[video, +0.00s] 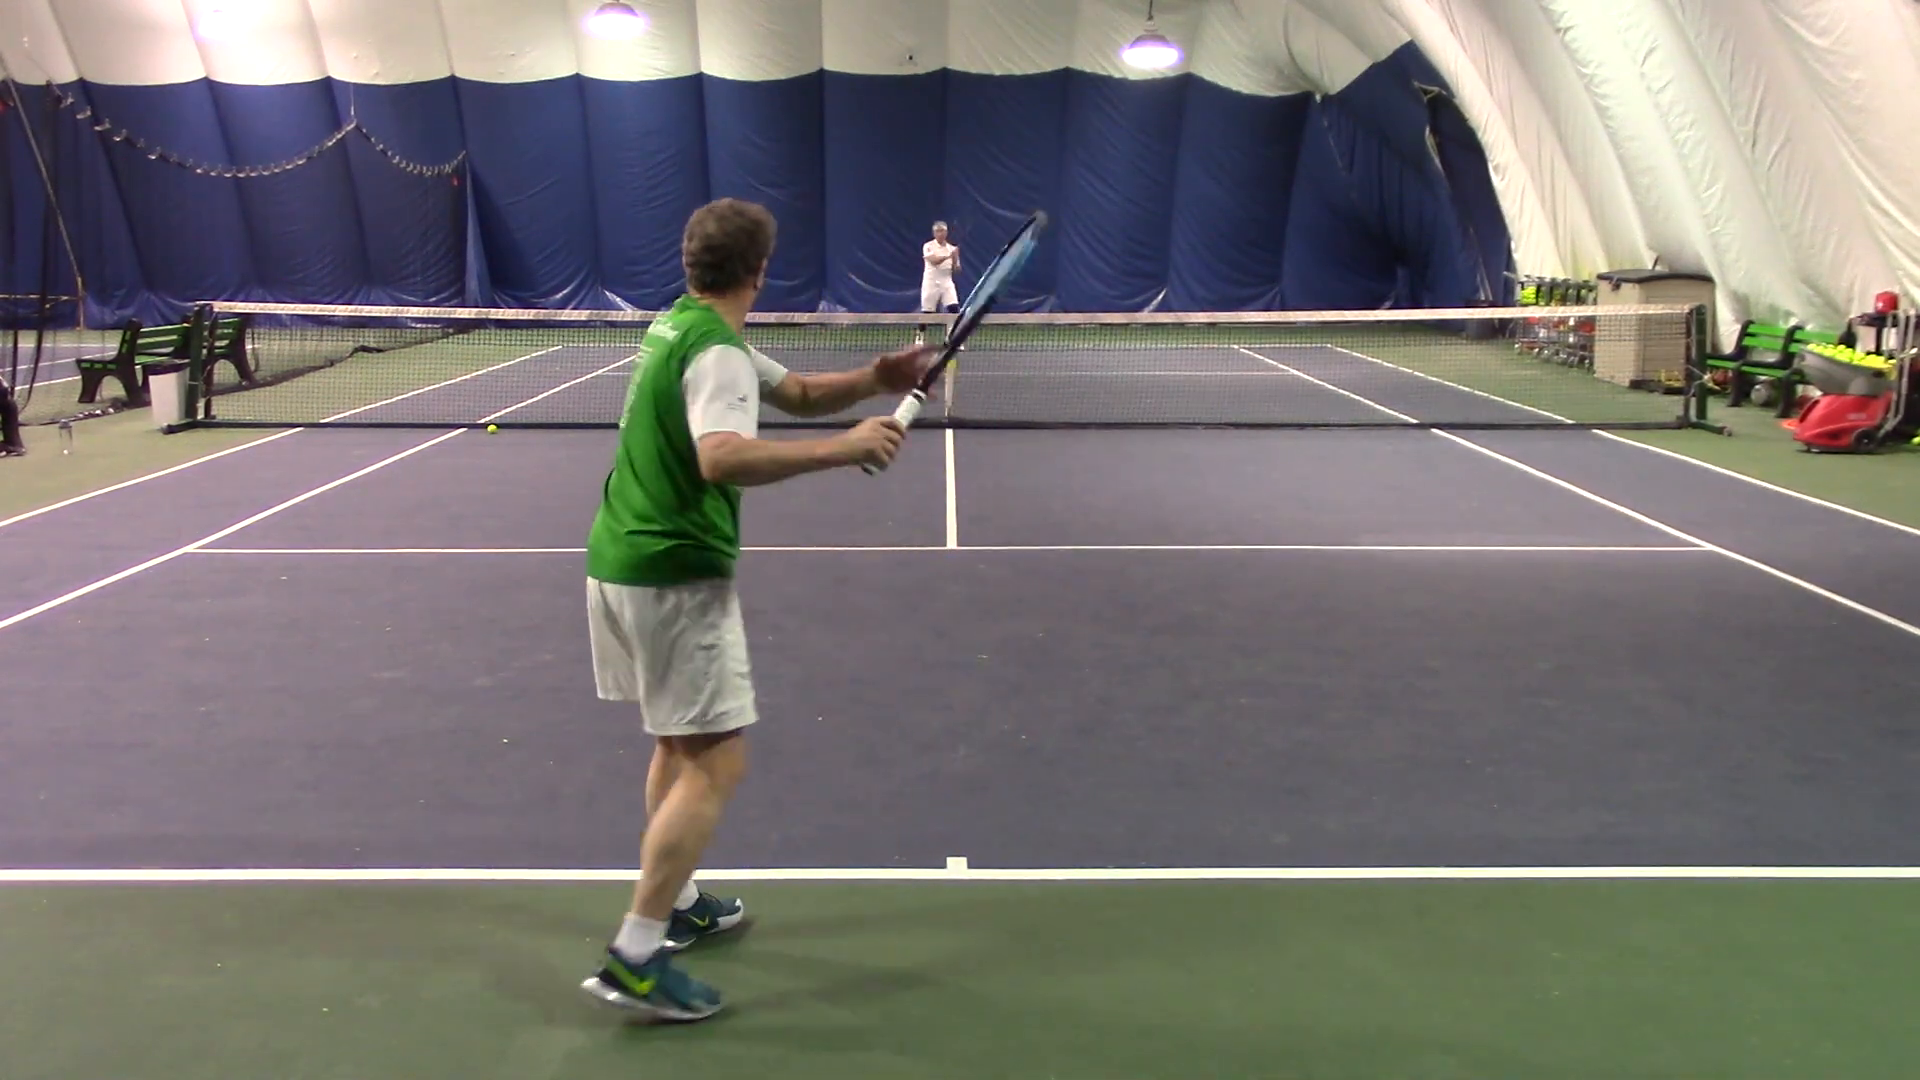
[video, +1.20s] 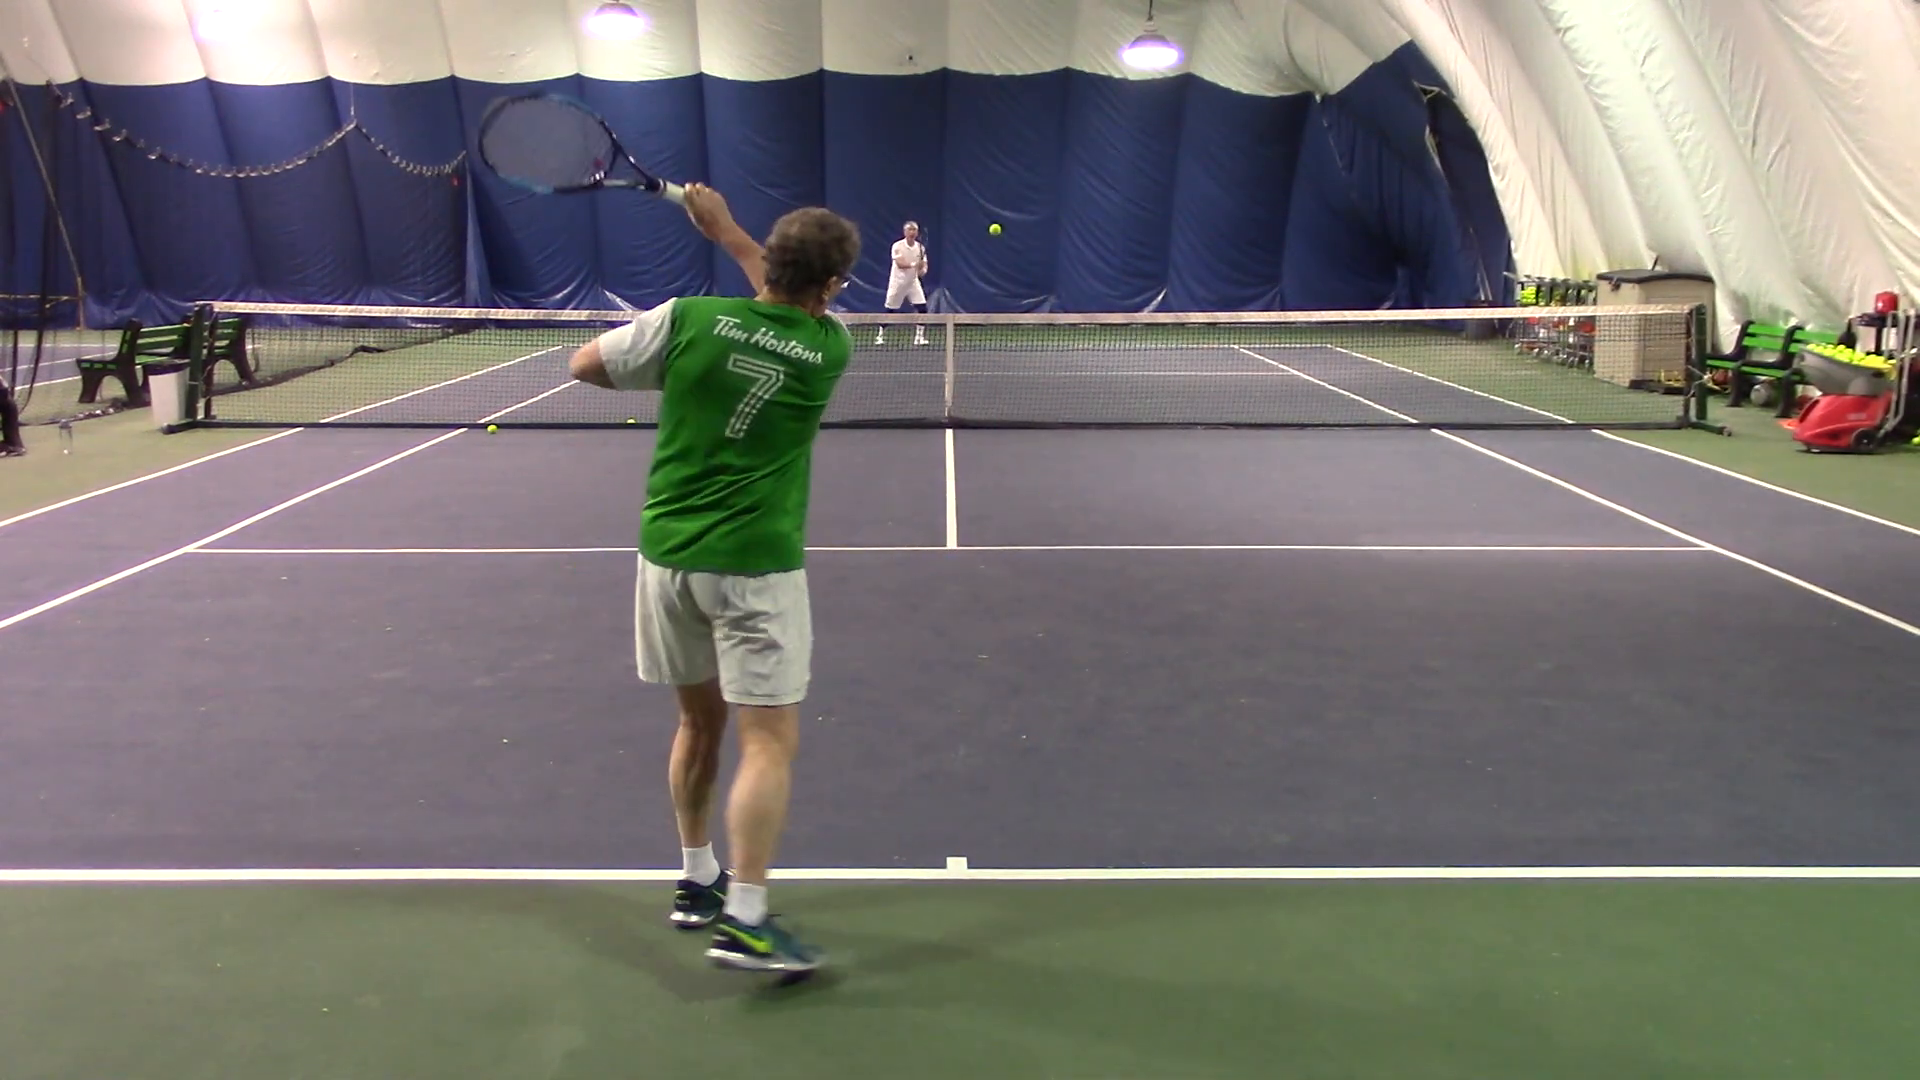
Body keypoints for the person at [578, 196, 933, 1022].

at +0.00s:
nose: (769, 273)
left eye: (761, 260)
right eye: (769, 262)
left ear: (691, 265)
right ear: (759, 272)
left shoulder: (676, 330)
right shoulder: (718, 350)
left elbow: (791, 392)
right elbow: (721, 456)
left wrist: (877, 377)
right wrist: (840, 448)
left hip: (624, 570)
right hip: (677, 580)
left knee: (675, 746)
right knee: (717, 764)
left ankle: (669, 903)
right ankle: (634, 953)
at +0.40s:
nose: (765, 290)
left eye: (765, 279)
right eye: (765, 279)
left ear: (686, 275)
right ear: (750, 286)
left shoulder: (667, 337)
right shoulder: (688, 351)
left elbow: (709, 426)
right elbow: (665, 446)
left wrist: (788, 396)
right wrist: (740, 471)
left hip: (622, 577)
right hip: (635, 587)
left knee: (673, 738)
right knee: (670, 784)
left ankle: (677, 877)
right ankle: (611, 976)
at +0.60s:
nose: (782, 305)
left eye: (784, 293)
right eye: (782, 294)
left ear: (704, 285)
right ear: (763, 298)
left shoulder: (660, 337)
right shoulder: (715, 373)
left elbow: (608, 411)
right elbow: (736, 487)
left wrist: (718, 406)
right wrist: (826, 536)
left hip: (600, 583)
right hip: (655, 595)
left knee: (670, 746)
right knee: (668, 786)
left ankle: (694, 880)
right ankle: (611, 977)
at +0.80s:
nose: (787, 302)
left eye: (788, 289)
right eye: (788, 290)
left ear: (709, 279)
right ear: (765, 295)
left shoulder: (636, 324)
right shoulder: (764, 383)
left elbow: (571, 368)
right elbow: (820, 482)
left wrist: (629, 341)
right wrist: (901, 496)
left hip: (616, 570)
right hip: (693, 582)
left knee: (677, 733)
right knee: (684, 764)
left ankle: (697, 880)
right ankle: (626, 946)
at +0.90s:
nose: (805, 299)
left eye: (804, 287)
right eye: (805, 289)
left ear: (727, 276)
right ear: (785, 296)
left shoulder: (648, 318)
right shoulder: (783, 376)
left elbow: (561, 335)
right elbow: (819, 395)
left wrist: (600, 327)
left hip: (627, 568)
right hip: (708, 581)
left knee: (685, 732)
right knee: (693, 756)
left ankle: (698, 878)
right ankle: (639, 931)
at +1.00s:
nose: (825, 299)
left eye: (825, 288)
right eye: (825, 290)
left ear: (745, 277)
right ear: (807, 300)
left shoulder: (666, 320)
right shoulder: (808, 365)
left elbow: (558, 336)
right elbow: (758, 360)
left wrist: (628, 349)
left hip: (640, 562)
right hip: (724, 574)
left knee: (684, 723)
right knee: (711, 750)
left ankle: (699, 878)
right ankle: (659, 923)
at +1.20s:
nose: (840, 293)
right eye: (842, 282)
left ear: (764, 268)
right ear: (828, 288)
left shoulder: (688, 319)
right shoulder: (827, 349)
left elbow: (585, 363)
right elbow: (779, 292)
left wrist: (637, 343)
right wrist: (725, 229)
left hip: (669, 556)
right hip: (760, 565)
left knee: (696, 722)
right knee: (767, 742)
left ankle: (696, 881)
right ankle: (745, 915)